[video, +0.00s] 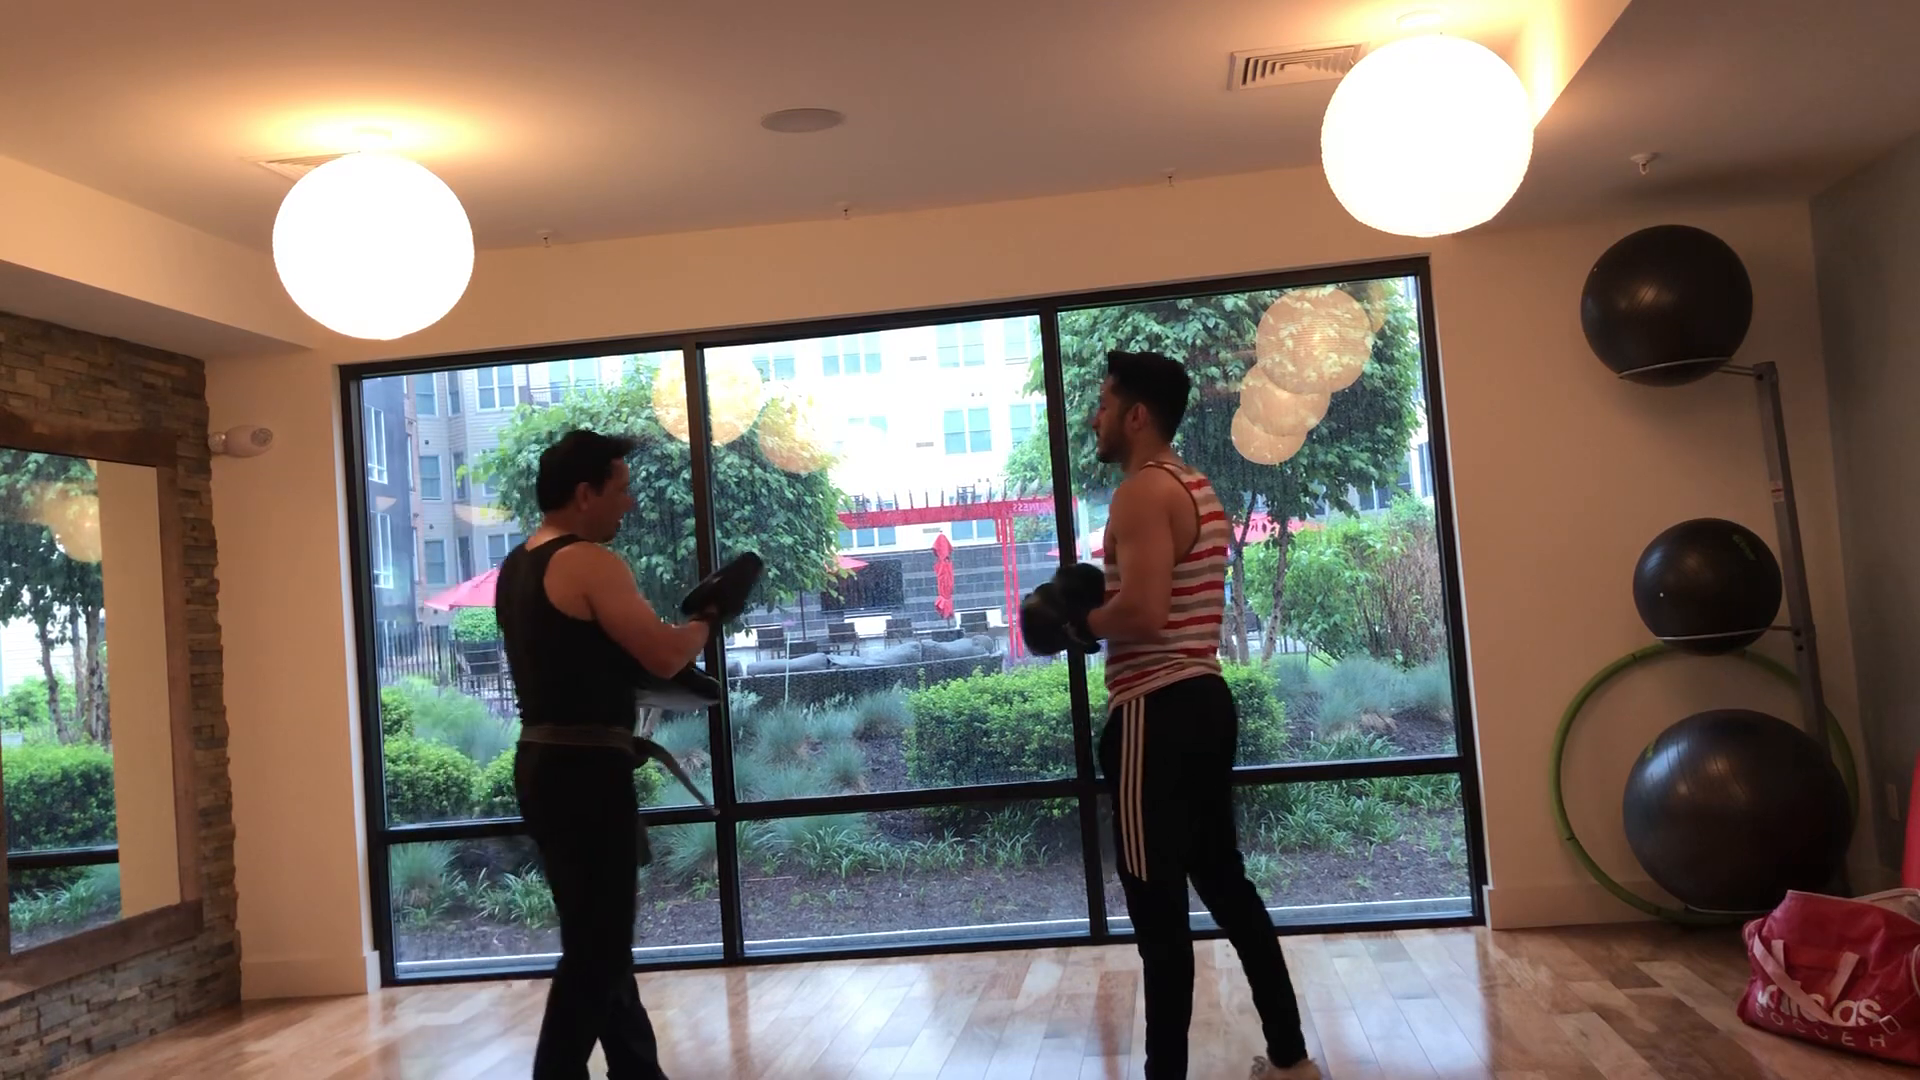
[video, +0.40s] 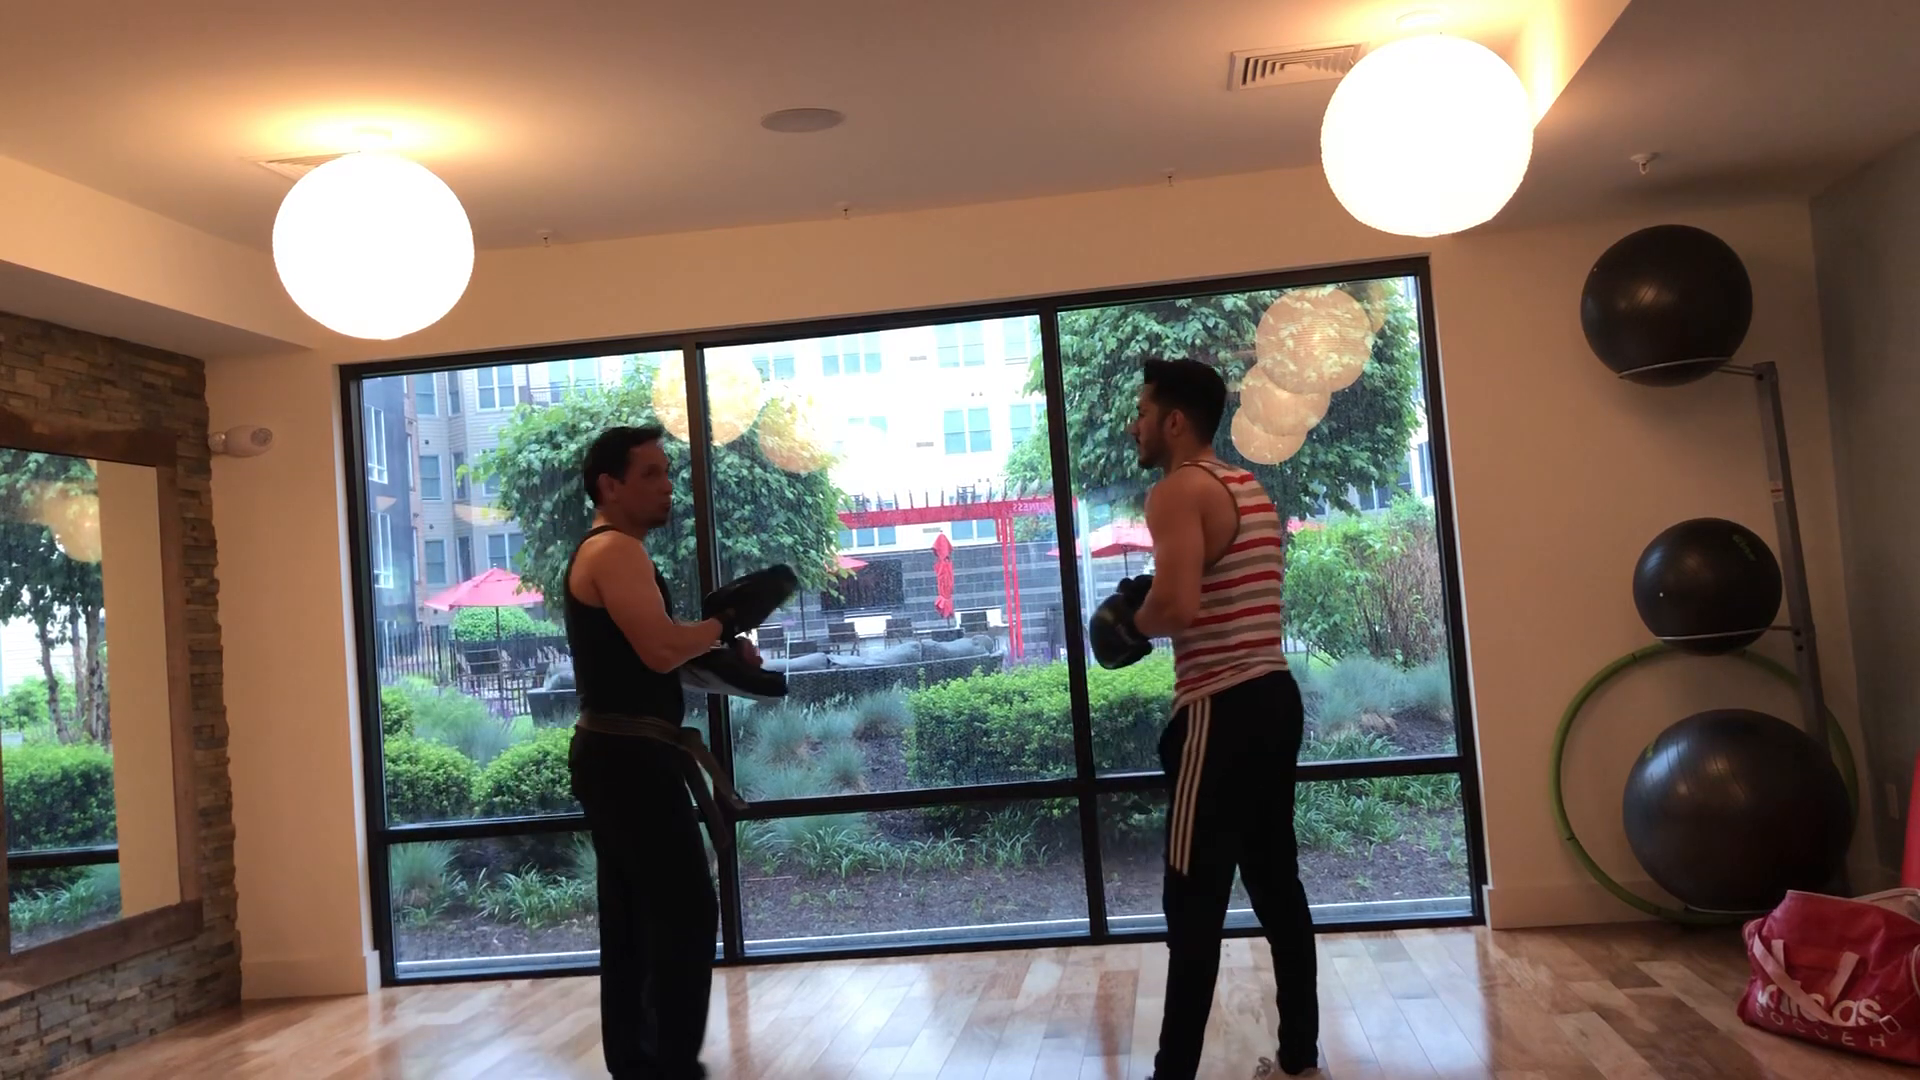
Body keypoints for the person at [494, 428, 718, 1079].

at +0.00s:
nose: (629, 500)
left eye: (628, 486)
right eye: (621, 487)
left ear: (570, 495)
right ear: (584, 495)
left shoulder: (519, 566)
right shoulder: (592, 565)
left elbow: (575, 663)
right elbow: (667, 657)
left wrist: (663, 638)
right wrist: (705, 619)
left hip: (544, 770)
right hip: (589, 772)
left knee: (600, 941)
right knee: (597, 946)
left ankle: (638, 1071)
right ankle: (559, 1073)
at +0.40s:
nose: (669, 485)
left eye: (667, 472)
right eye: (654, 473)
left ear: (614, 487)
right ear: (609, 485)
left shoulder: (598, 551)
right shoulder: (616, 551)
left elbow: (648, 651)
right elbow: (661, 648)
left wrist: (720, 657)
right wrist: (722, 623)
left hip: (610, 755)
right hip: (634, 759)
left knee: (630, 914)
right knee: (688, 910)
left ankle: (634, 1060)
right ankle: (672, 1064)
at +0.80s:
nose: (692, 477)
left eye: (692, 465)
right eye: (673, 469)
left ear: (697, 474)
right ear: (638, 488)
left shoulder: (699, 560)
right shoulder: (642, 558)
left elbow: (718, 641)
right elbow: (678, 660)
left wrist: (762, 640)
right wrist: (743, 627)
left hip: (704, 753)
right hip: (662, 758)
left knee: (742, 886)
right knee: (682, 905)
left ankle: (672, 1034)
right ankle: (682, 1052)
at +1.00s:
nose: (714, 474)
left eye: (715, 461)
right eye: (696, 466)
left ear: (720, 469)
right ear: (661, 484)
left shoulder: (729, 557)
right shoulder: (650, 560)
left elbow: (771, 625)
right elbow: (679, 661)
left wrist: (813, 656)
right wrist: (762, 633)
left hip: (739, 748)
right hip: (676, 756)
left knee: (790, 886)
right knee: (687, 914)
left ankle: (749, 1042)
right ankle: (693, 1061)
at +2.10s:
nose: (807, 464)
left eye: (815, 450)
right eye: (790, 452)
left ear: (825, 460)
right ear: (756, 466)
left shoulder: (838, 543)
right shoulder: (728, 548)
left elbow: (859, 633)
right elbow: (698, 653)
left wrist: (895, 686)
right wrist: (798, 695)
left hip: (840, 753)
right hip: (760, 763)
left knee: (901, 896)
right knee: (774, 932)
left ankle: (851, 1031)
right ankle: (784, 1068)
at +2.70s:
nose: (918, 444)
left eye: (916, 433)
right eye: (901, 434)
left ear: (901, 448)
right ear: (855, 449)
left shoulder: (919, 537)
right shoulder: (818, 535)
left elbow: (947, 623)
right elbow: (770, 644)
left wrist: (979, 696)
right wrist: (829, 730)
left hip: (918, 756)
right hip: (843, 759)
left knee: (934, 929)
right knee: (832, 931)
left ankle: (948, 1071)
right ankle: (796, 1070)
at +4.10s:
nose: (952, 452)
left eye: (948, 439)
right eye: (938, 441)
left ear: (904, 454)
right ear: (891, 453)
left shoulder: (929, 532)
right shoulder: (841, 538)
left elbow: (931, 636)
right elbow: (806, 657)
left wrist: (994, 652)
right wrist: (914, 681)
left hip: (935, 753)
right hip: (862, 758)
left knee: (967, 932)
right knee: (855, 946)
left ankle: (991, 1073)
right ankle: (844, 1078)